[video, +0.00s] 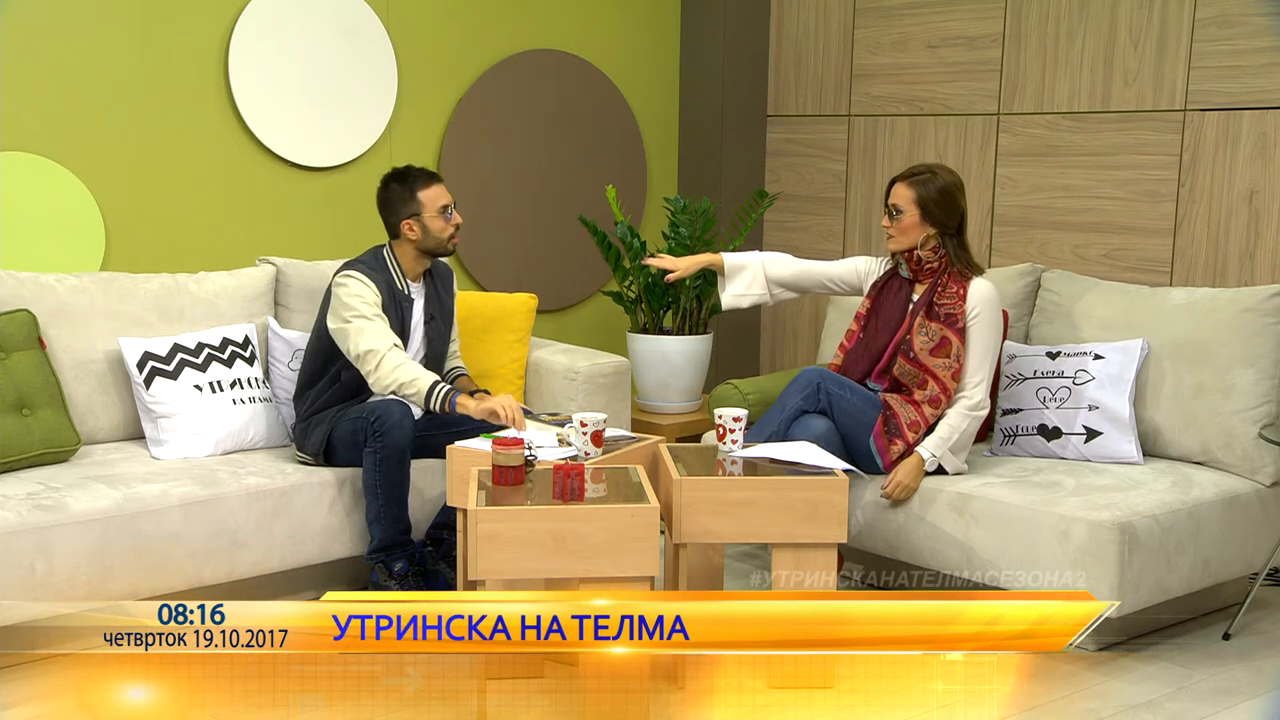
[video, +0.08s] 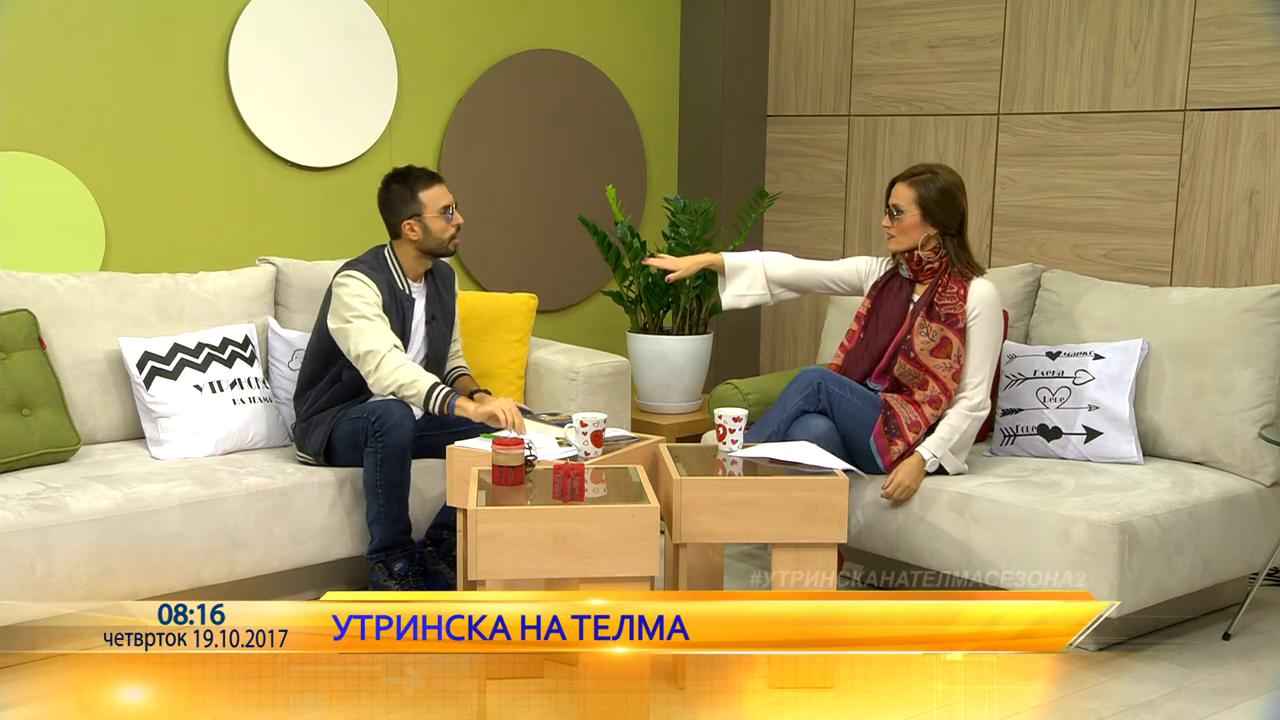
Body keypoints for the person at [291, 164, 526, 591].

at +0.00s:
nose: (457, 221)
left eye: (454, 209)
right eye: (445, 214)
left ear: (416, 229)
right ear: (409, 229)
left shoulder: (441, 277)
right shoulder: (355, 284)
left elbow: (448, 360)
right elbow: (385, 363)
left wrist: (479, 398)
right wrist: (460, 403)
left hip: (407, 419)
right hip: (330, 423)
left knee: (499, 430)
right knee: (393, 413)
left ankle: (440, 550)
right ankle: (392, 561)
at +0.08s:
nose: (459, 221)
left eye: (455, 210)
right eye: (446, 214)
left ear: (418, 228)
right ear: (410, 229)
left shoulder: (442, 276)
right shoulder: (356, 284)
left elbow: (450, 359)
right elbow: (386, 365)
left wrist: (477, 397)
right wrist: (460, 406)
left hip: (408, 418)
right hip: (331, 423)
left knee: (497, 428)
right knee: (393, 414)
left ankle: (440, 549)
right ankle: (392, 560)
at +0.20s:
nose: (458, 221)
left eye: (454, 210)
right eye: (445, 214)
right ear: (409, 229)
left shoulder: (443, 276)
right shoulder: (355, 284)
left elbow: (452, 359)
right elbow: (384, 366)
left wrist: (477, 396)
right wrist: (461, 406)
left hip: (408, 418)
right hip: (331, 423)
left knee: (498, 429)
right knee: (391, 415)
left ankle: (440, 549)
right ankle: (392, 561)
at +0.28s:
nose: (455, 221)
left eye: (452, 209)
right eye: (443, 214)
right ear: (407, 229)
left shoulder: (442, 276)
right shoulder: (353, 284)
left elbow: (451, 360)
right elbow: (382, 365)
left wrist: (476, 396)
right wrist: (461, 405)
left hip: (408, 418)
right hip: (330, 424)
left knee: (498, 429)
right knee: (391, 414)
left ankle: (440, 549)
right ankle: (392, 560)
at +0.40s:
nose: (452, 219)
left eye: (449, 208)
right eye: (439, 213)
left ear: (408, 228)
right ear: (404, 228)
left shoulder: (440, 275)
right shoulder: (351, 282)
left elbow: (450, 360)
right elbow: (379, 364)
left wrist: (476, 396)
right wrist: (460, 403)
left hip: (408, 419)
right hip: (331, 424)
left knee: (498, 428)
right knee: (391, 414)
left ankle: (440, 548)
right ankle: (392, 560)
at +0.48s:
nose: (450, 219)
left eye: (447, 207)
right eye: (437, 212)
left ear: (406, 228)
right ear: (402, 227)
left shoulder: (438, 274)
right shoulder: (349, 281)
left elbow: (450, 359)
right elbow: (377, 362)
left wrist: (477, 397)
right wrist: (460, 402)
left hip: (409, 419)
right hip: (331, 424)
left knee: (498, 426)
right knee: (391, 414)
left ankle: (441, 547)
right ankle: (392, 560)